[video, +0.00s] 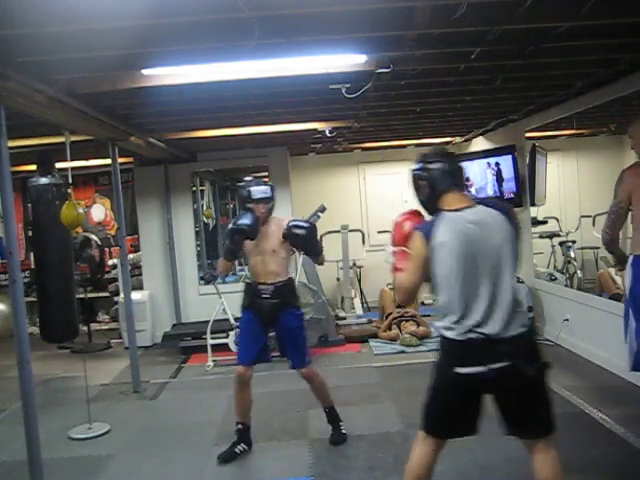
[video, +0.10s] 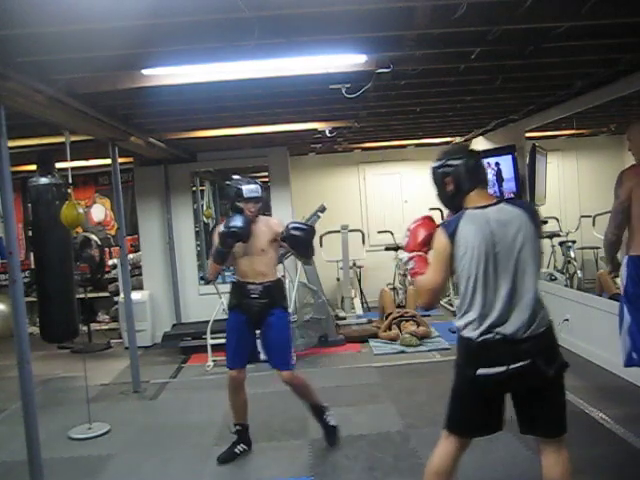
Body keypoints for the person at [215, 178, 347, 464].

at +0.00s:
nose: (259, 209)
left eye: (264, 203)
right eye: (254, 204)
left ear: (271, 203)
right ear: (246, 205)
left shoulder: (286, 226)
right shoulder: (242, 231)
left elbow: (319, 258)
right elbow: (223, 269)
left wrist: (310, 240)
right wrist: (234, 241)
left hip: (285, 299)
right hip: (254, 301)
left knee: (305, 369)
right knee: (242, 373)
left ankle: (335, 422)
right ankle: (243, 439)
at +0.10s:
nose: (251, 207)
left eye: (256, 201)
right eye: (246, 202)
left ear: (262, 202)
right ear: (236, 203)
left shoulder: (272, 224)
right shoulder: (226, 230)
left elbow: (305, 256)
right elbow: (211, 275)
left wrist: (303, 242)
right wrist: (225, 245)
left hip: (273, 300)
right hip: (241, 301)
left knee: (287, 374)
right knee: (235, 375)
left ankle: (323, 416)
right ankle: (242, 438)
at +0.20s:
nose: (245, 203)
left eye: (249, 197)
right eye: (240, 197)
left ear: (255, 197)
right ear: (227, 198)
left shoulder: (265, 222)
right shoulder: (213, 228)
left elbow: (293, 257)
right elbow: (201, 273)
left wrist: (298, 243)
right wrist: (217, 244)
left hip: (264, 299)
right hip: (230, 301)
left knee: (272, 371)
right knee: (233, 376)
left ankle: (294, 423)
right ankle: (242, 438)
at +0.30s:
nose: (242, 202)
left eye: (246, 196)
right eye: (236, 196)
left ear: (250, 198)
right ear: (221, 196)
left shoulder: (258, 222)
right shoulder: (204, 226)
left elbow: (289, 258)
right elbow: (193, 271)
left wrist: (295, 242)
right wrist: (212, 243)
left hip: (257, 301)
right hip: (224, 303)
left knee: (261, 376)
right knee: (231, 377)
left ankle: (264, 453)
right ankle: (241, 438)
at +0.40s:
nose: (238, 206)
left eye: (242, 200)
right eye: (232, 200)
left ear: (247, 201)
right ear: (217, 201)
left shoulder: (255, 225)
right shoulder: (201, 229)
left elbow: (284, 261)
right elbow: (190, 274)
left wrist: (292, 246)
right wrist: (211, 244)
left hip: (251, 303)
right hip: (217, 305)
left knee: (248, 385)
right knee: (222, 384)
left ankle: (244, 462)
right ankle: (236, 433)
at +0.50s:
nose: (239, 206)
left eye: (243, 201)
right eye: (233, 200)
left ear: (246, 203)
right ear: (217, 201)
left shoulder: (253, 228)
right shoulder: (199, 230)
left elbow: (282, 267)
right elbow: (189, 279)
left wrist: (289, 249)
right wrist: (210, 248)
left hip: (248, 310)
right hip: (212, 311)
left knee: (248, 391)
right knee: (205, 394)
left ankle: (243, 463)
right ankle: (226, 426)